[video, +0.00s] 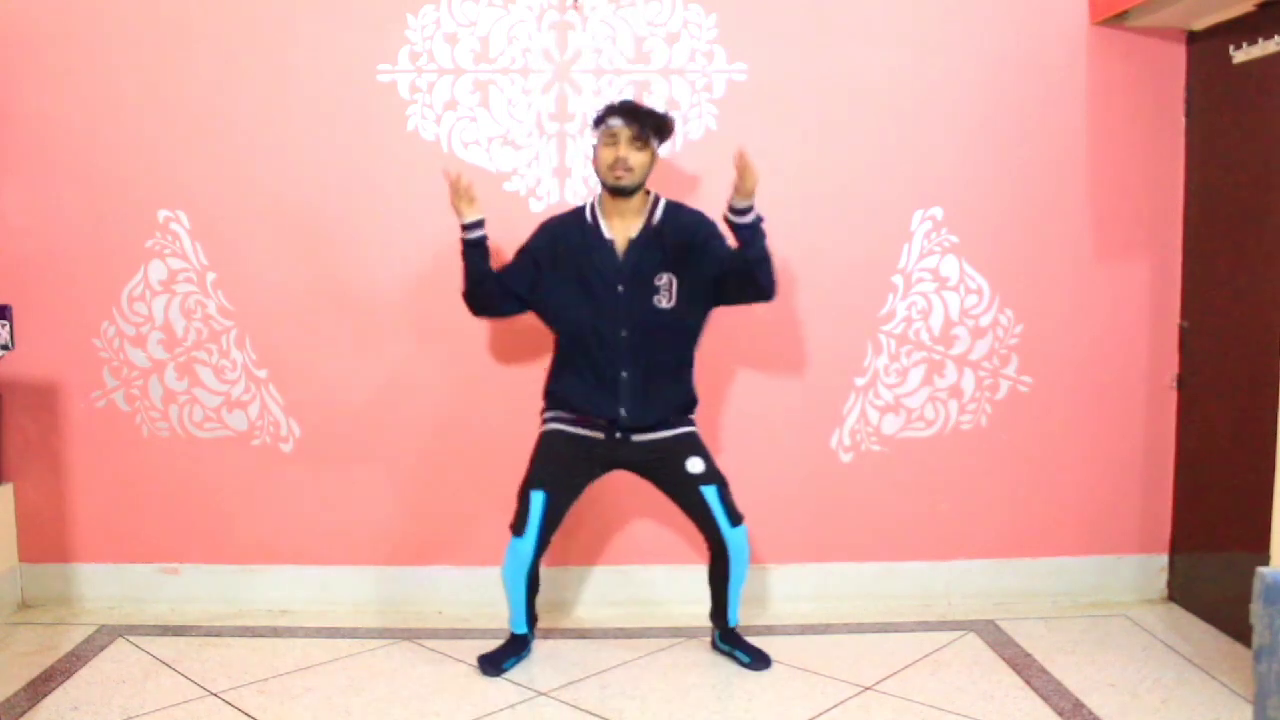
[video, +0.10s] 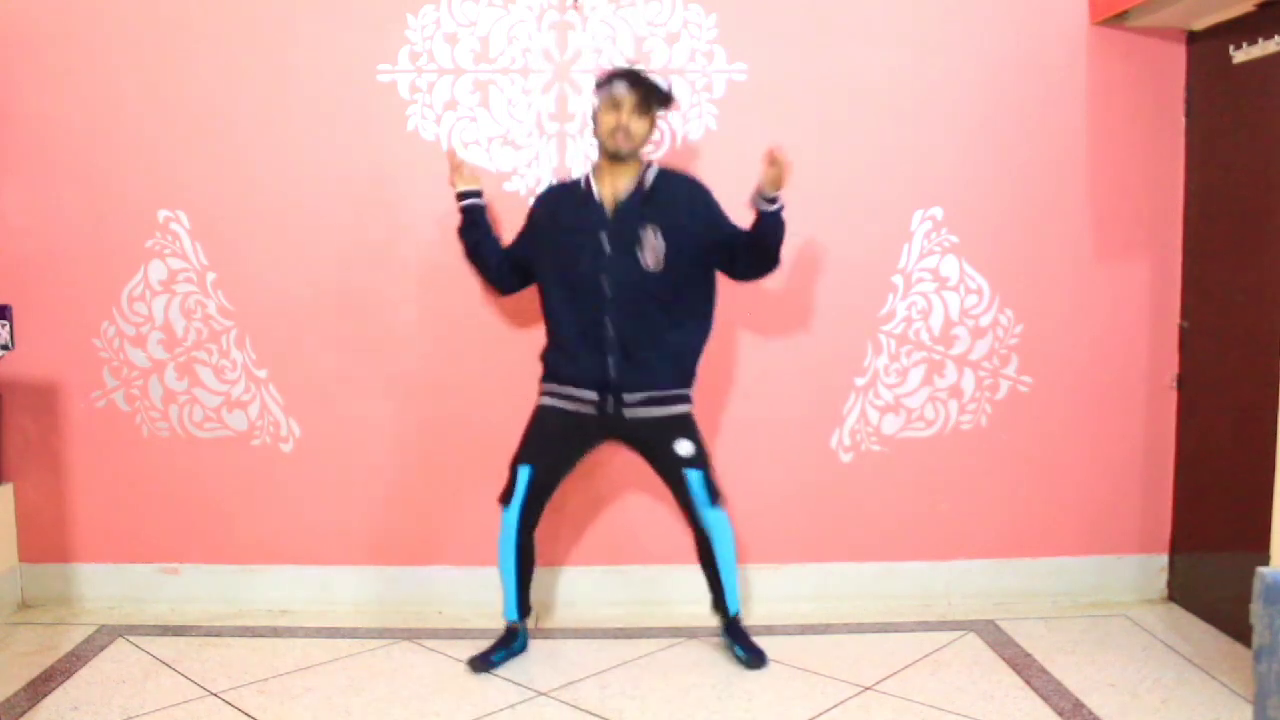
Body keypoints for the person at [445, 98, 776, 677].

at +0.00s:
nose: (621, 156)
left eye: (636, 144)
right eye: (609, 143)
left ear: (655, 156)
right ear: (594, 153)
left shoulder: (689, 232)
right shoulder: (560, 237)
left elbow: (757, 286)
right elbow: (486, 301)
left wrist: (744, 216)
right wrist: (471, 225)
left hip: (664, 426)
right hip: (575, 424)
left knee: (730, 534)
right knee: (526, 536)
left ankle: (727, 632)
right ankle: (519, 635)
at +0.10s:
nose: (619, 121)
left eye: (633, 112)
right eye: (609, 110)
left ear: (652, 125)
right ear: (594, 120)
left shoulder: (682, 198)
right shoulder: (558, 205)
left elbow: (749, 262)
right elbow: (504, 276)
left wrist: (768, 205)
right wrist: (470, 203)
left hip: (657, 399)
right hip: (569, 397)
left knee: (707, 506)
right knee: (516, 504)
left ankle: (733, 624)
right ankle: (514, 628)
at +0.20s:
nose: (622, 106)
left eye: (636, 96)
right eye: (611, 93)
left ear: (652, 109)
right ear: (593, 102)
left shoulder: (667, 180)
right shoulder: (572, 185)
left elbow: (728, 261)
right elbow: (539, 270)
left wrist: (772, 202)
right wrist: (482, 214)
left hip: (644, 380)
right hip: (564, 378)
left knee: (692, 493)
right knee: (517, 487)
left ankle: (735, 614)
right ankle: (504, 623)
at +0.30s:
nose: (618, 114)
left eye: (632, 104)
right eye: (608, 101)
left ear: (650, 118)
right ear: (590, 110)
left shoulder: (668, 191)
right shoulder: (562, 190)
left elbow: (728, 275)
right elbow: (523, 259)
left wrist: (746, 215)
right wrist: (448, 257)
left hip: (643, 390)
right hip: (560, 391)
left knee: (697, 499)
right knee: (509, 495)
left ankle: (736, 621)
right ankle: (503, 624)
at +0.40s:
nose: (613, 134)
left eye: (626, 125)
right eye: (603, 120)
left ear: (638, 136)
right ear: (580, 123)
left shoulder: (650, 200)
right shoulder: (538, 206)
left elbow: (710, 252)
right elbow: (523, 293)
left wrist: (752, 232)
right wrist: (467, 294)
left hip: (641, 394)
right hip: (559, 399)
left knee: (725, 495)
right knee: (504, 512)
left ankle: (702, 612)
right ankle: (485, 623)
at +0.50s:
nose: (611, 164)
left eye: (622, 156)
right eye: (600, 149)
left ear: (627, 166)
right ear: (569, 149)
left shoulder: (642, 232)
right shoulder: (534, 234)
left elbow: (713, 276)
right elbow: (554, 336)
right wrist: (528, 334)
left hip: (640, 421)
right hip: (553, 424)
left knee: (732, 504)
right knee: (490, 526)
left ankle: (677, 634)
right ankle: (483, 626)